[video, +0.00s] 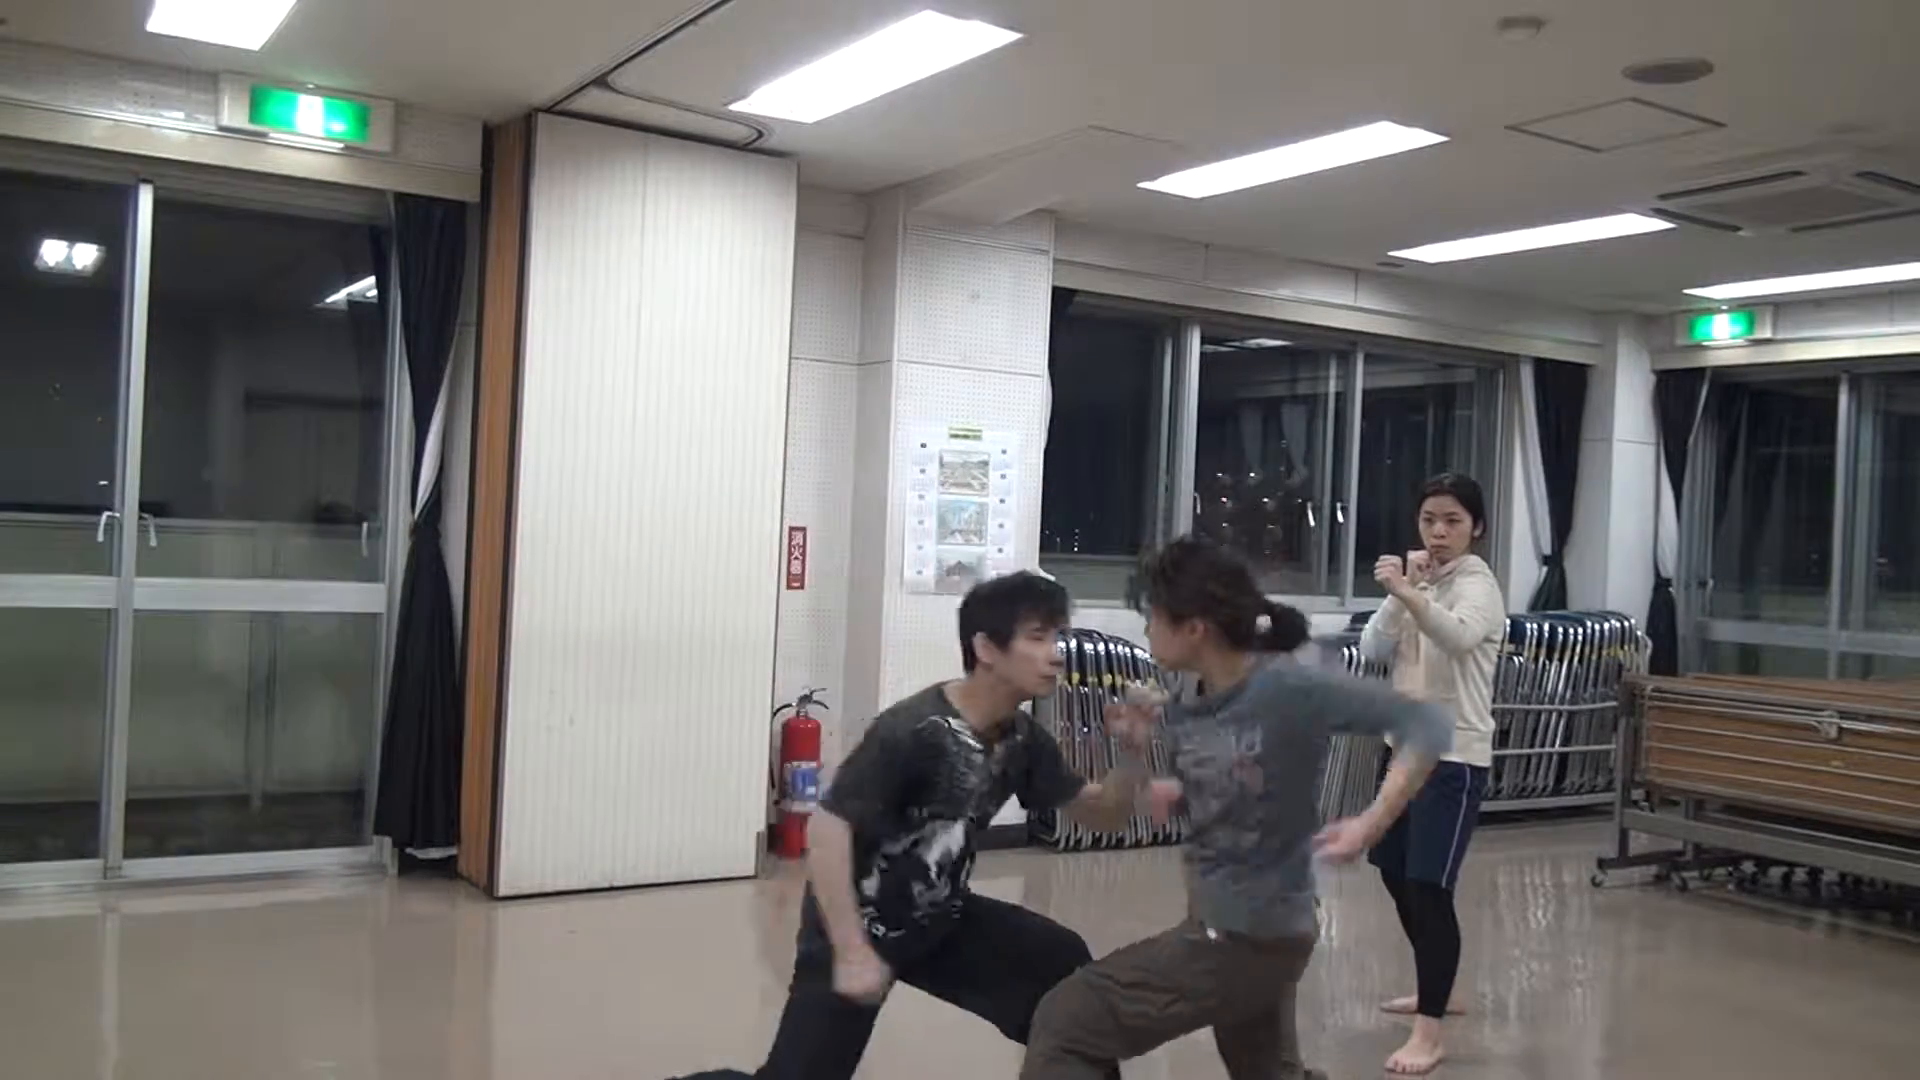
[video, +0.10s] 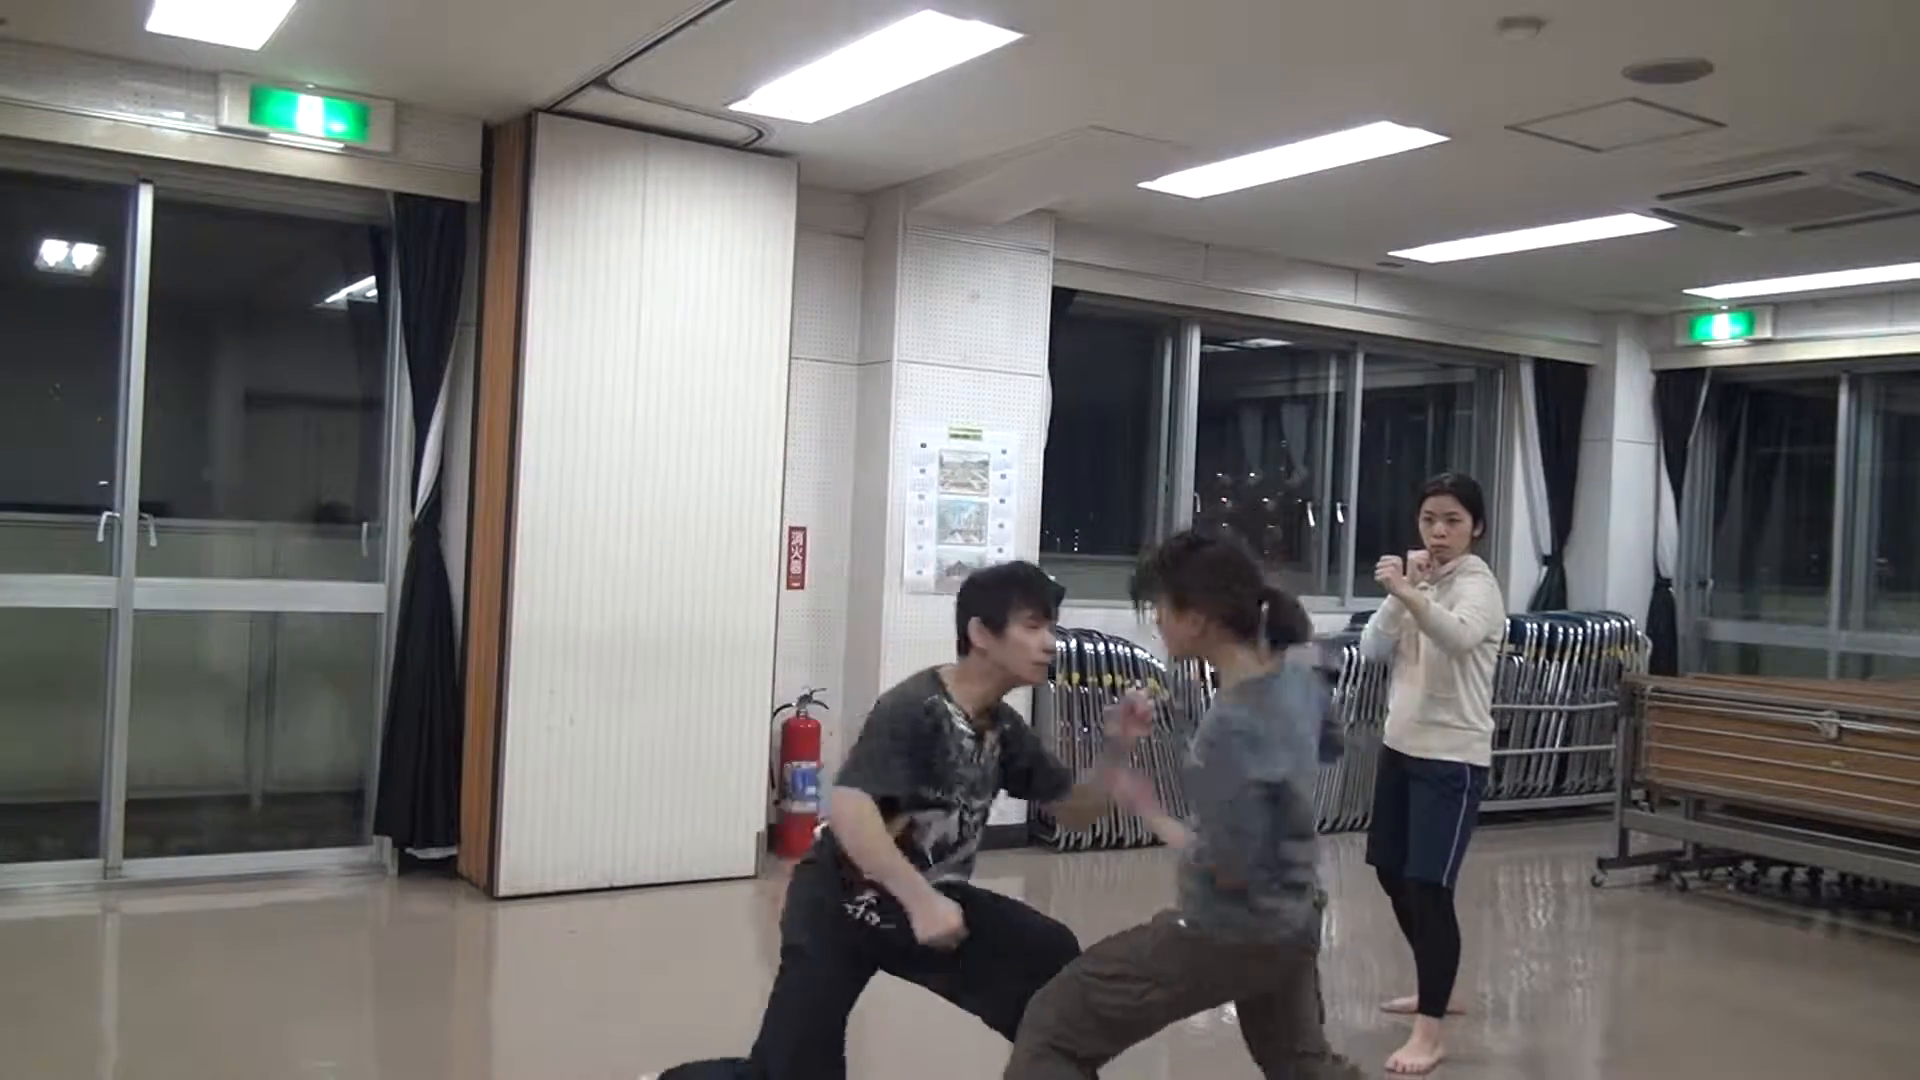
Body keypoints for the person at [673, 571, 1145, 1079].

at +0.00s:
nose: (1057, 654)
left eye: (1057, 639)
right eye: (1040, 639)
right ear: (986, 650)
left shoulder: (1023, 735)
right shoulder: (908, 731)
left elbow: (1093, 807)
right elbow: (827, 826)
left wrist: (1133, 766)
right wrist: (850, 947)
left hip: (937, 917)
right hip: (856, 930)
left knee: (1063, 962)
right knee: (801, 1073)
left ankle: (1084, 1072)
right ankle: (721, 1079)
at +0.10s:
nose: (1052, 643)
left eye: (1052, 629)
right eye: (1036, 628)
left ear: (994, 639)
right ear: (980, 635)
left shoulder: (1005, 727)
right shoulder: (908, 709)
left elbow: (1068, 809)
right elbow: (849, 805)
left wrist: (1116, 754)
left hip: (931, 901)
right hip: (845, 898)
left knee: (1051, 956)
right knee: (793, 1066)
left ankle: (1058, 1071)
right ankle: (686, 1075)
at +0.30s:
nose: (901, 534)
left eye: (905, 521)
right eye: (888, 517)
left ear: (905, 529)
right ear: (837, 519)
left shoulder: (905, 623)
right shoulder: (782, 610)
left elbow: (977, 701)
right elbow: (780, 669)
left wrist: (978, 616)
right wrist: (900, 660)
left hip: (924, 857)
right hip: (823, 866)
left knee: (1044, 961)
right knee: (724, 1012)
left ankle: (1065, 1070)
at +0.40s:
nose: (875, 497)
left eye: (878, 484)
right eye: (858, 481)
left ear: (881, 495)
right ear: (806, 497)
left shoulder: (904, 578)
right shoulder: (767, 582)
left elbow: (1010, 589)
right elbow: (698, 568)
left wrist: (983, 518)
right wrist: (779, 494)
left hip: (898, 840)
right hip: (790, 843)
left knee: (1005, 958)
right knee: (686, 990)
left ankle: (1034, 1075)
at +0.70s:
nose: (910, 504)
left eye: (913, 490)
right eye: (892, 489)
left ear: (915, 498)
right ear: (841, 498)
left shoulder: (923, 576)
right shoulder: (778, 573)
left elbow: (1019, 567)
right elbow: (667, 610)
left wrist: (1084, 520)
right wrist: (703, 567)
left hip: (865, 829)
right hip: (770, 829)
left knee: (946, 953)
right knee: (732, 996)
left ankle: (968, 1074)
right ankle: (626, 1073)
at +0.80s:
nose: (913, 543)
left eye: (913, 526)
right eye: (896, 525)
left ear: (857, 537)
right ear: (843, 534)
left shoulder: (893, 611)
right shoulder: (769, 603)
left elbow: (952, 627)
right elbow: (667, 637)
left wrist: (1008, 652)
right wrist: (654, 684)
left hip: (864, 843)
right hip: (775, 851)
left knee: (958, 941)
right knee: (734, 1029)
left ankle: (970, 1074)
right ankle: (631, 1069)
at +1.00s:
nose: (789, 525)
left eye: (786, 509)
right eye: (776, 508)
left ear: (735, 516)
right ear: (727, 514)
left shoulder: (709, 585)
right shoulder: (661, 583)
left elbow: (687, 686)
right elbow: (666, 660)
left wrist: (756, 706)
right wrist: (768, 718)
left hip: (744, 804)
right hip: (677, 822)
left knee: (836, 914)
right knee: (726, 970)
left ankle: (892, 1044)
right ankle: (623, 1067)